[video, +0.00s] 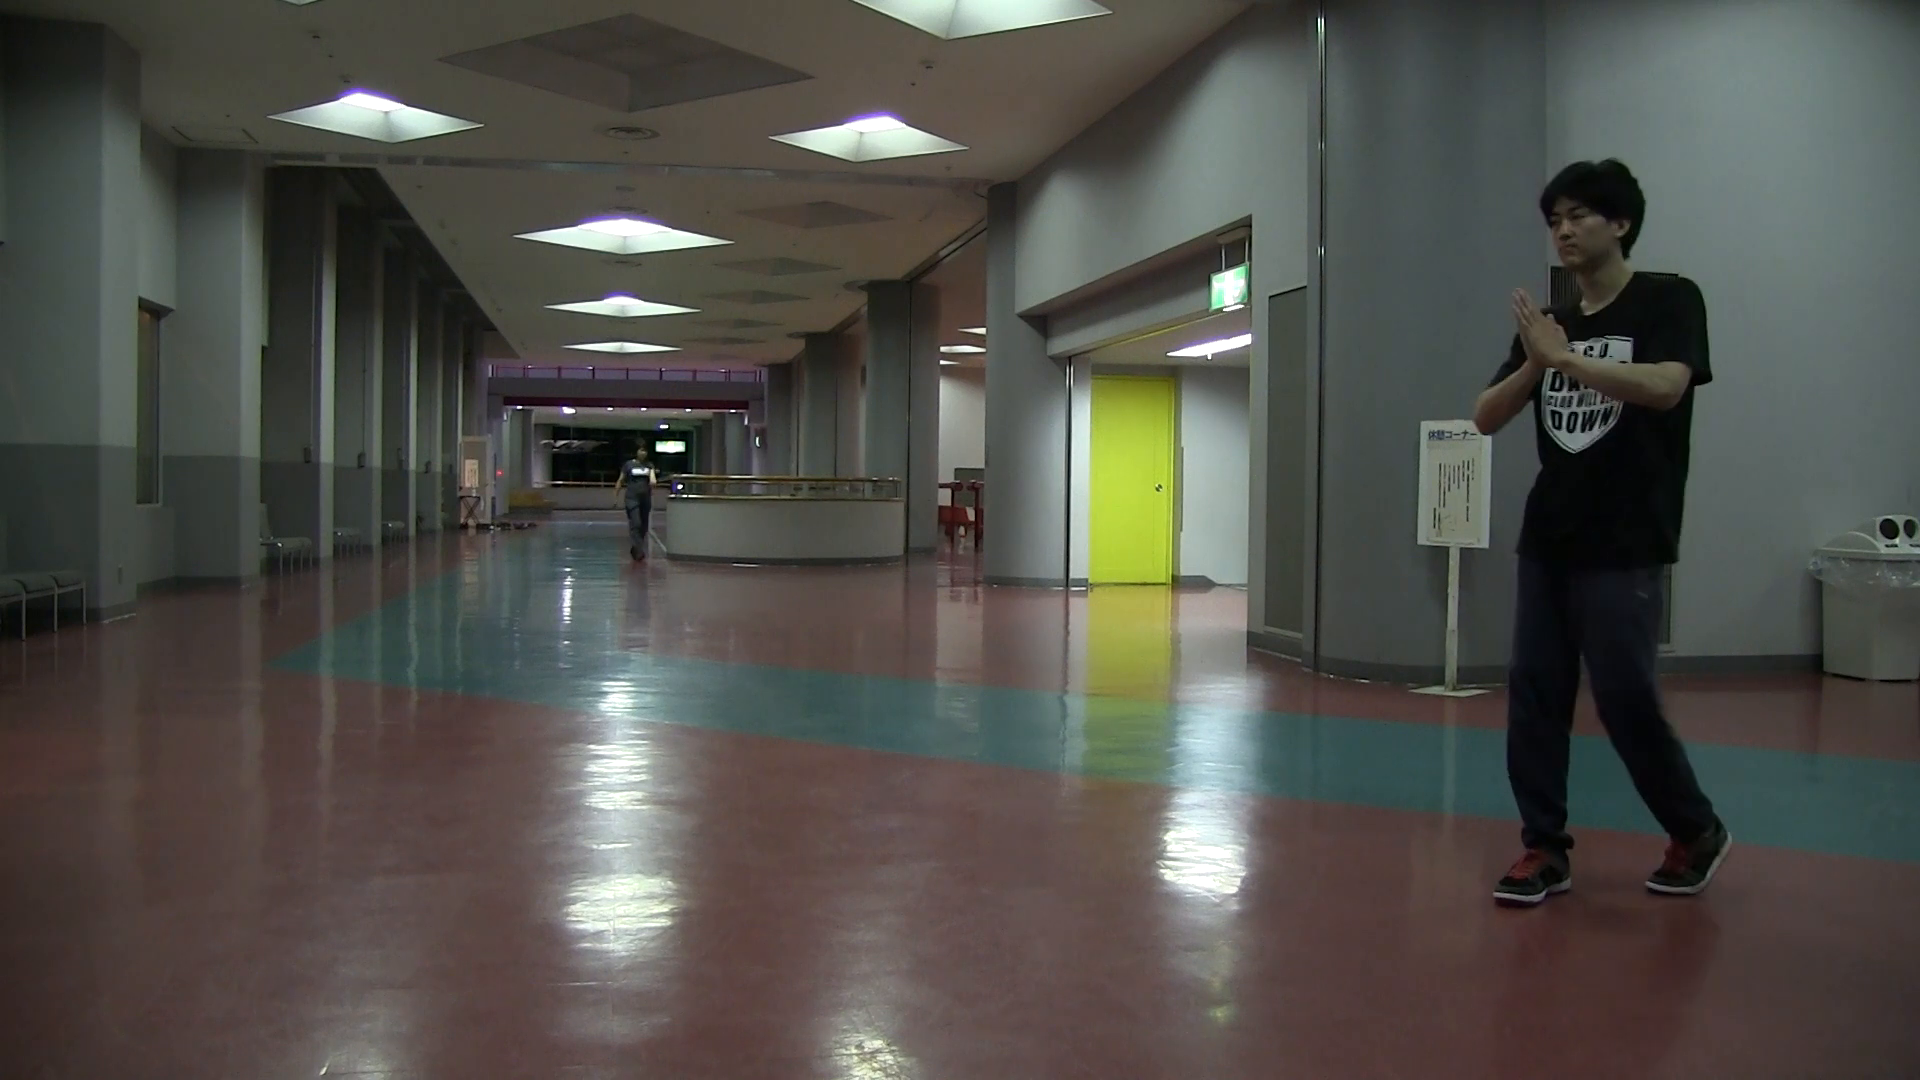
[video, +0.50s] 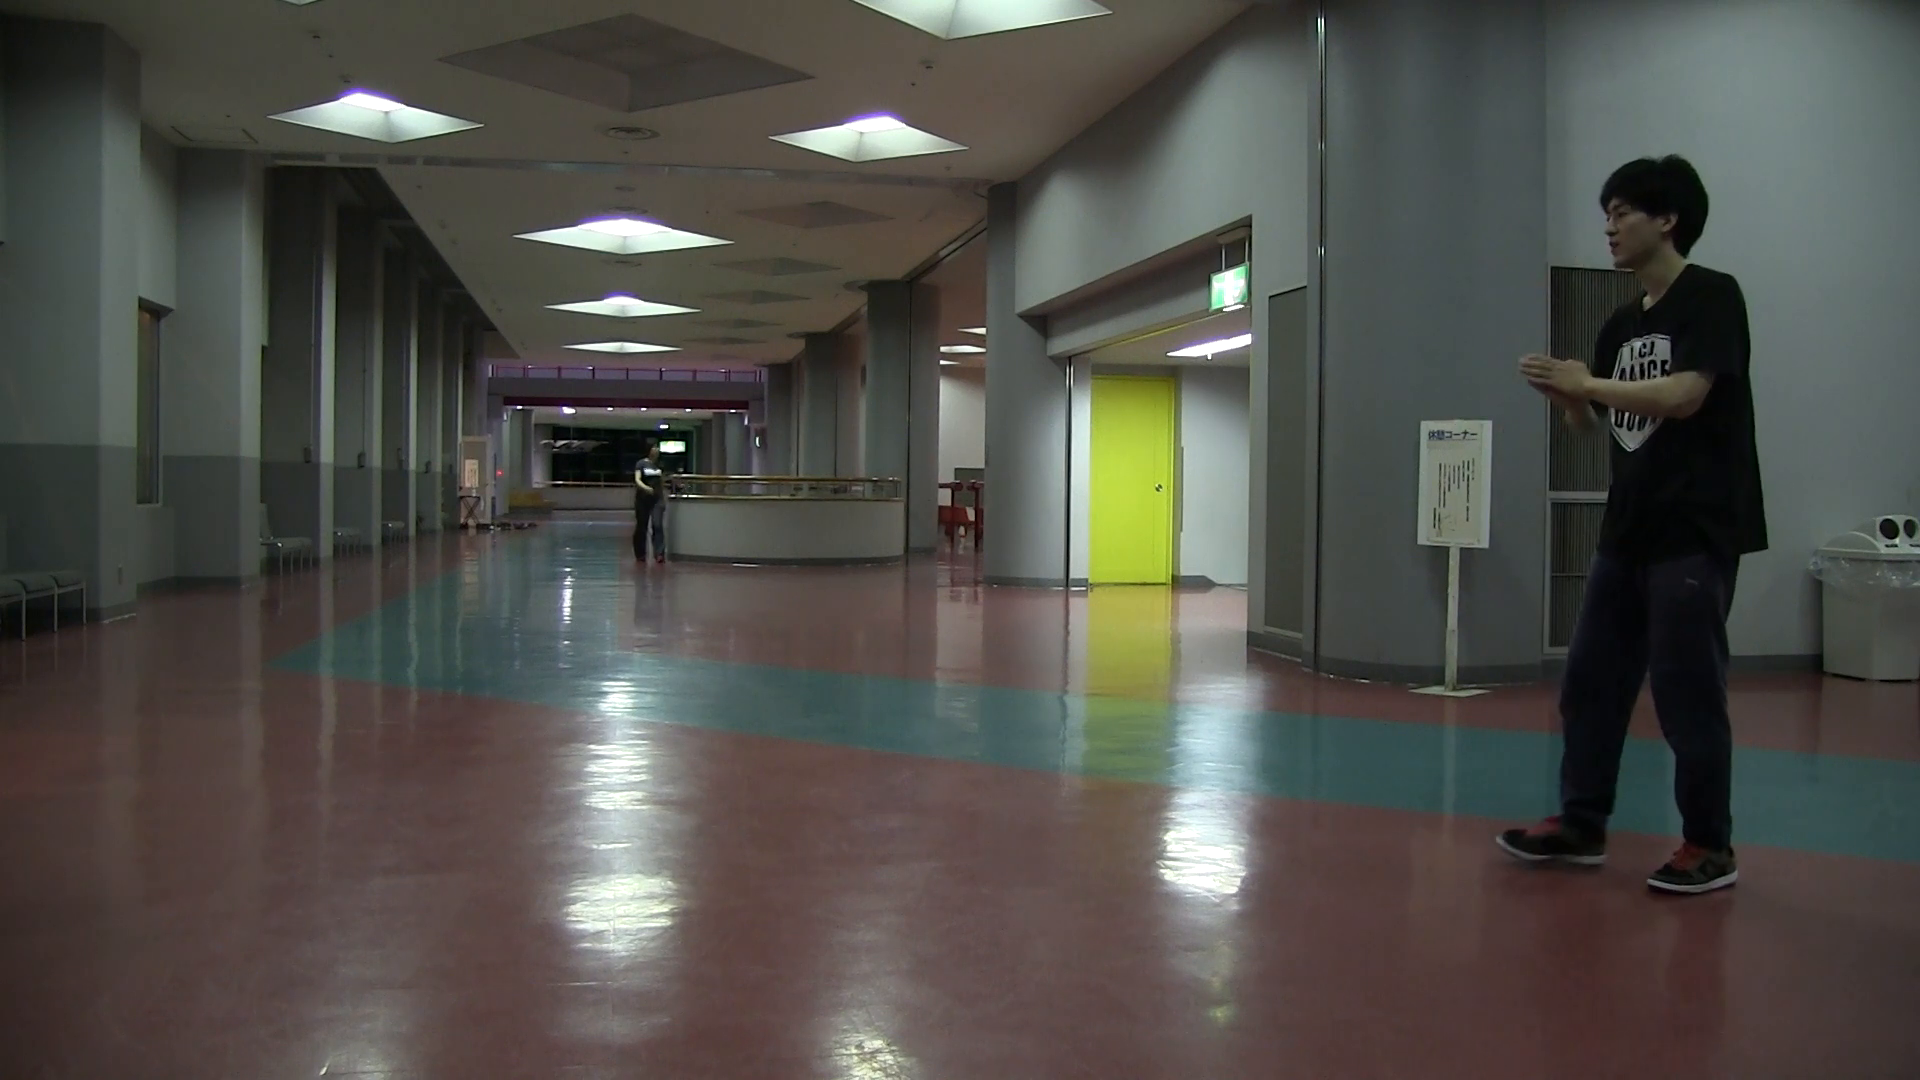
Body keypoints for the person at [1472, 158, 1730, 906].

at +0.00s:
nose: (1562, 230)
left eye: (1578, 216)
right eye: (1555, 219)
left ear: (1619, 223)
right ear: (1550, 232)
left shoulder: (1669, 299)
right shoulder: (1551, 318)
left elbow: (1664, 388)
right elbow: (1484, 418)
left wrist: (1561, 358)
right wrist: (1534, 365)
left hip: (1625, 539)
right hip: (1549, 535)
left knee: (1624, 701)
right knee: (1536, 699)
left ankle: (1696, 833)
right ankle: (1545, 849)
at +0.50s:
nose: (1609, 229)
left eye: (1622, 215)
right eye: (1607, 216)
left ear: (1667, 220)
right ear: (1622, 226)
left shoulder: (1713, 295)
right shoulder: (1619, 326)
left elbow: (1685, 392)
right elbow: (1595, 422)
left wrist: (1589, 386)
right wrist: (1565, 391)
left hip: (1699, 527)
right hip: (1630, 526)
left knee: (1687, 687)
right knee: (1593, 678)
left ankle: (1709, 847)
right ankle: (1580, 827)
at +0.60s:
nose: (1610, 227)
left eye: (1624, 214)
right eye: (1609, 215)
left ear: (1668, 222)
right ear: (1631, 228)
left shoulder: (1712, 295)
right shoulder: (1624, 329)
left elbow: (1684, 394)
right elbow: (1618, 424)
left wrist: (1588, 405)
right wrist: (1566, 409)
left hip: (1698, 528)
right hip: (1632, 528)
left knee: (1692, 687)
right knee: (1602, 676)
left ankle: (1710, 846)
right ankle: (1617, 816)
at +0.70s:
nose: (1606, 228)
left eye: (1620, 215)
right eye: (1608, 216)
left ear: (1663, 225)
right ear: (1639, 229)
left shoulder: (1705, 302)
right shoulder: (1630, 327)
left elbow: (1675, 403)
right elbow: (1626, 420)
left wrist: (1579, 451)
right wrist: (1575, 456)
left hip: (1690, 530)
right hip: (1631, 529)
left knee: (1688, 686)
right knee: (1618, 677)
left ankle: (1711, 847)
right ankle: (1643, 814)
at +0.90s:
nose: (1614, 220)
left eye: (1629, 211)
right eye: (1624, 210)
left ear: (1655, 230)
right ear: (1654, 235)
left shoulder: (1665, 306)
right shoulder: (1631, 317)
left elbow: (1651, 420)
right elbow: (1604, 434)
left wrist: (1643, 524)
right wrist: (1589, 527)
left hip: (1668, 531)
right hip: (1629, 530)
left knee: (1667, 683)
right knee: (1629, 676)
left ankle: (1707, 846)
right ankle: (1647, 817)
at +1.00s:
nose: (1621, 220)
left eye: (1635, 214)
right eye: (1632, 212)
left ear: (1653, 236)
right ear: (1655, 242)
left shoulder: (1649, 304)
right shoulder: (1633, 308)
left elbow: (1654, 414)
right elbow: (1621, 428)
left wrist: (1668, 520)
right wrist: (1603, 530)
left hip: (1651, 536)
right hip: (1626, 534)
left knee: (1652, 680)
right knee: (1626, 674)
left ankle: (1702, 841)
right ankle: (1646, 816)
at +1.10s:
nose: (1626, 224)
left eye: (1638, 218)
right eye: (1636, 216)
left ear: (1653, 237)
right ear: (1666, 246)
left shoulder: (1639, 304)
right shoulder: (1651, 307)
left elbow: (1650, 414)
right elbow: (1634, 424)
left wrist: (1664, 515)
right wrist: (1604, 535)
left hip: (1635, 534)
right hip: (1640, 531)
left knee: (1619, 673)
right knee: (1634, 672)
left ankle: (1692, 829)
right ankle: (1643, 817)